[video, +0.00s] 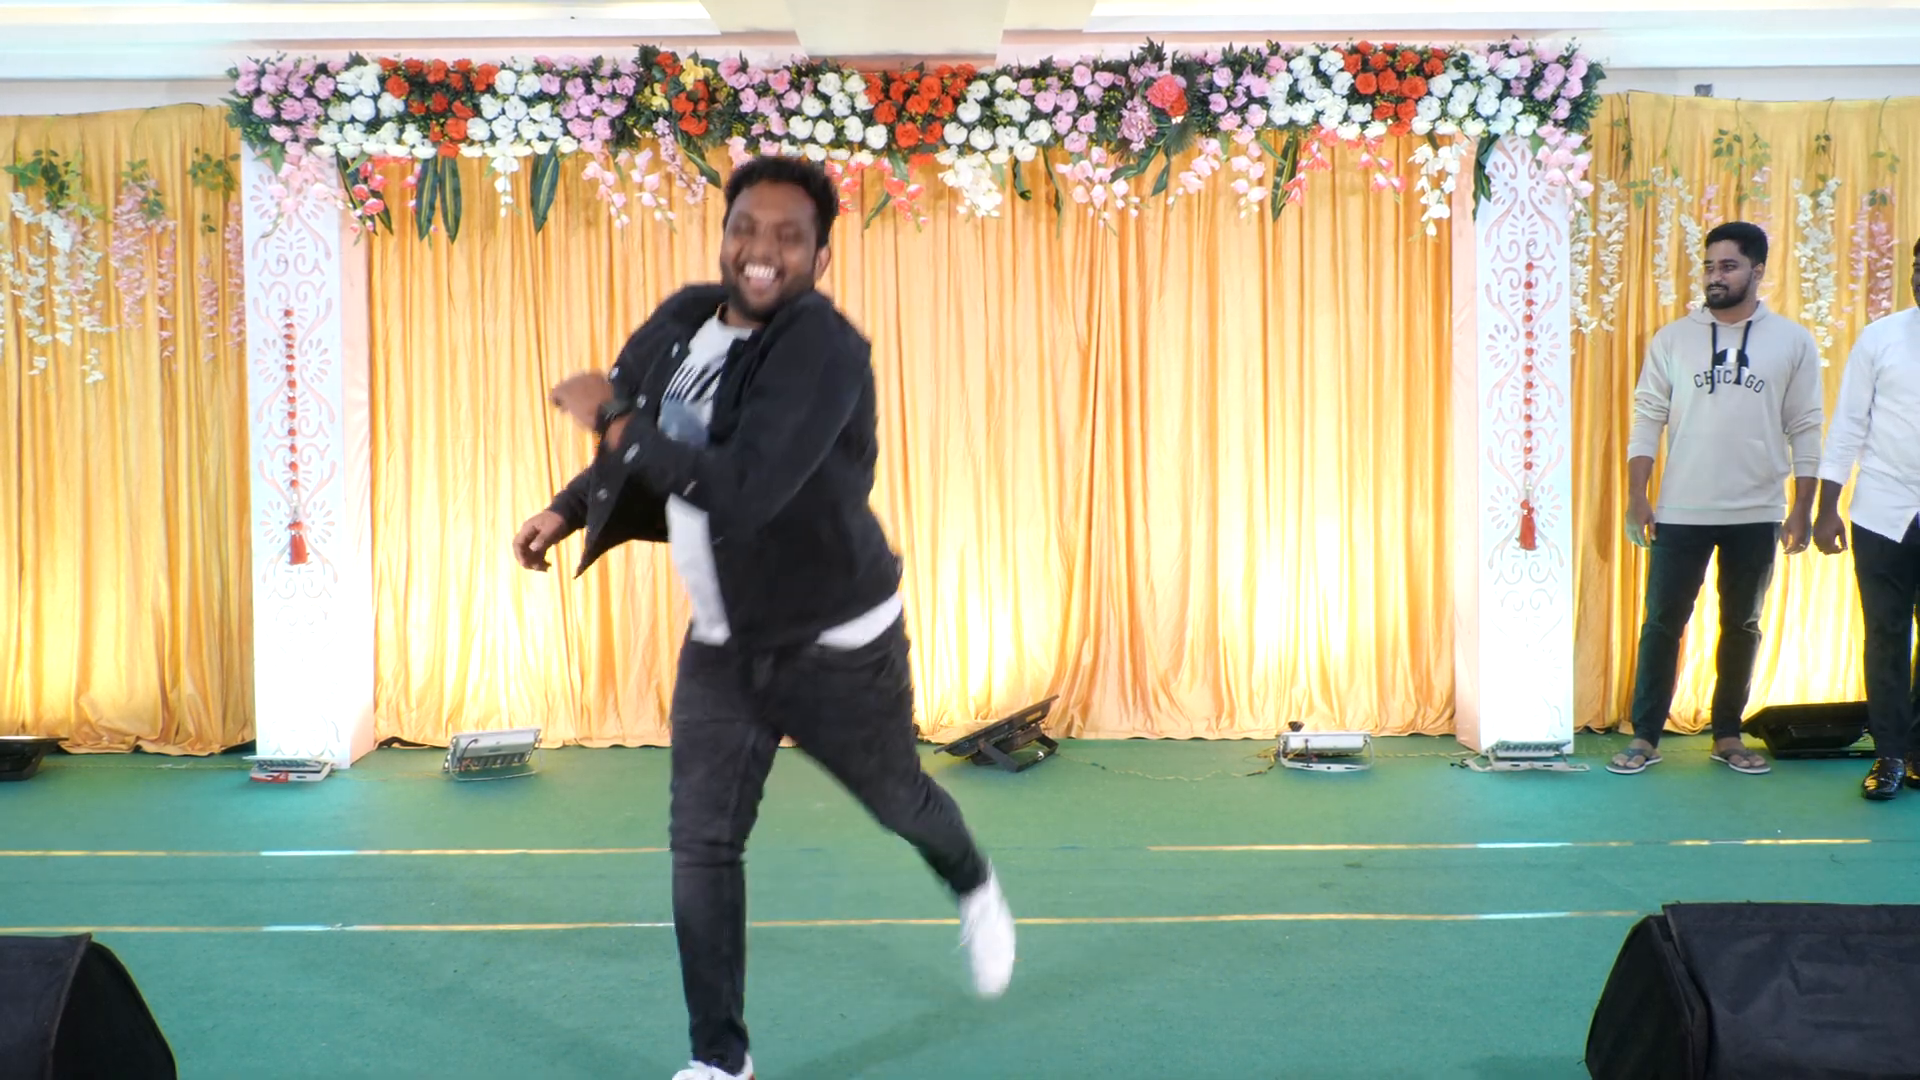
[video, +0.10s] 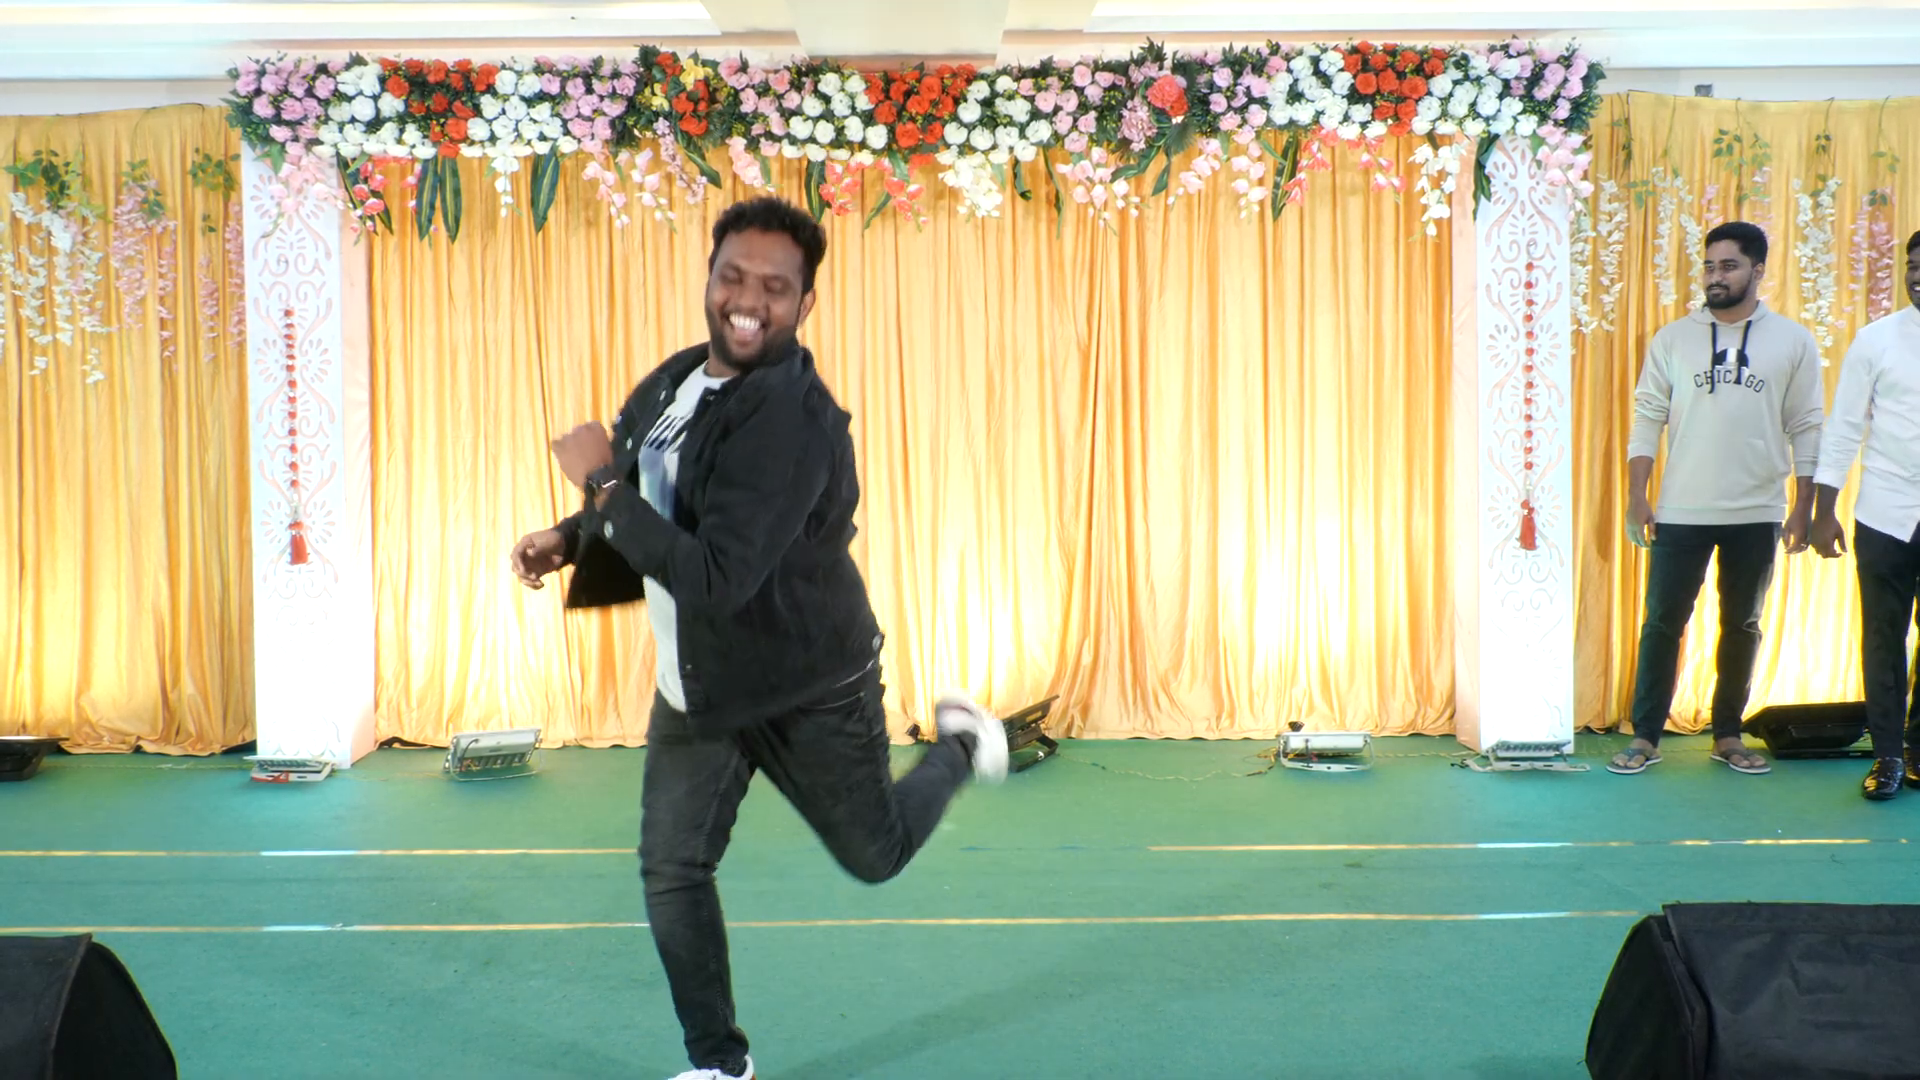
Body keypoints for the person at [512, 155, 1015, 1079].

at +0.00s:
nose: (761, 252)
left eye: (787, 237)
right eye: (745, 231)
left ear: (820, 252)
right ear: (723, 235)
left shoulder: (826, 349)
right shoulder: (682, 319)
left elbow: (742, 489)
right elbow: (637, 439)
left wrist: (618, 424)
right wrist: (569, 510)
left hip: (839, 640)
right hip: (723, 646)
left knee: (902, 801)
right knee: (701, 845)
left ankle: (977, 888)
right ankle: (718, 1058)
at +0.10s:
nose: (749, 300)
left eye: (775, 287)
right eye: (733, 277)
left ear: (804, 304)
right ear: (707, 281)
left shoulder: (791, 419)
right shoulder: (676, 383)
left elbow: (717, 581)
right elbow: (638, 490)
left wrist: (604, 486)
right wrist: (574, 539)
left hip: (810, 685)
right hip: (701, 689)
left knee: (875, 854)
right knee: (672, 870)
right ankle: (718, 1061)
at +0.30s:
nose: (776, 296)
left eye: (800, 281)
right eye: (759, 270)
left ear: (818, 288)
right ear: (722, 263)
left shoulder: (805, 391)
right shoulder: (660, 326)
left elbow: (729, 529)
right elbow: (600, 402)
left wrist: (612, 436)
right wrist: (565, 443)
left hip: (786, 665)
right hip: (677, 664)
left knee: (811, 849)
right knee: (685, 858)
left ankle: (873, 712)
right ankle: (717, 1054)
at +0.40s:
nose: (790, 270)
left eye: (813, 250)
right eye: (773, 244)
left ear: (830, 250)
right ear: (733, 231)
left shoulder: (818, 354)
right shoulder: (659, 273)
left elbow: (743, 490)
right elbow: (590, 304)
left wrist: (608, 451)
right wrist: (544, 384)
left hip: (790, 622)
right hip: (680, 618)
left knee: (803, 819)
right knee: (702, 829)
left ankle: (853, 765)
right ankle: (748, 1044)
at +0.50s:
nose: (792, 284)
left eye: (817, 265)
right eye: (775, 258)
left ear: (839, 269)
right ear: (743, 249)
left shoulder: (826, 365)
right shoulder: (674, 292)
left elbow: (762, 502)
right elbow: (592, 337)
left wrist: (635, 590)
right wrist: (548, 423)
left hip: (786, 640)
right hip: (673, 635)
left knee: (825, 842)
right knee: (704, 847)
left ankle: (852, 788)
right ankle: (752, 1055)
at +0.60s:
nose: (805, 330)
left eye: (832, 317)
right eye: (791, 302)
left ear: (850, 330)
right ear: (757, 295)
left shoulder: (824, 443)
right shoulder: (691, 361)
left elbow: (811, 617)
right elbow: (610, 405)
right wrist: (571, 430)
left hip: (762, 703)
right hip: (656, 690)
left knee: (834, 885)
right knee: (675, 891)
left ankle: (857, 793)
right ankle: (755, 1061)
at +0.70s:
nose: (827, 359)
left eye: (852, 350)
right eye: (815, 332)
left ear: (866, 364)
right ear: (778, 319)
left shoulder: (866, 474)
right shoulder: (687, 385)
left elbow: (920, 604)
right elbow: (576, 419)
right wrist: (591, 357)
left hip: (768, 717)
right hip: (650, 705)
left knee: (811, 922)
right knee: (658, 903)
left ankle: (840, 797)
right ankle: (752, 1062)